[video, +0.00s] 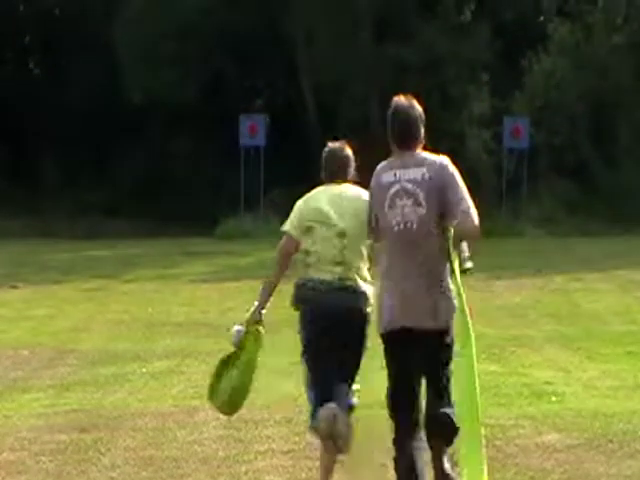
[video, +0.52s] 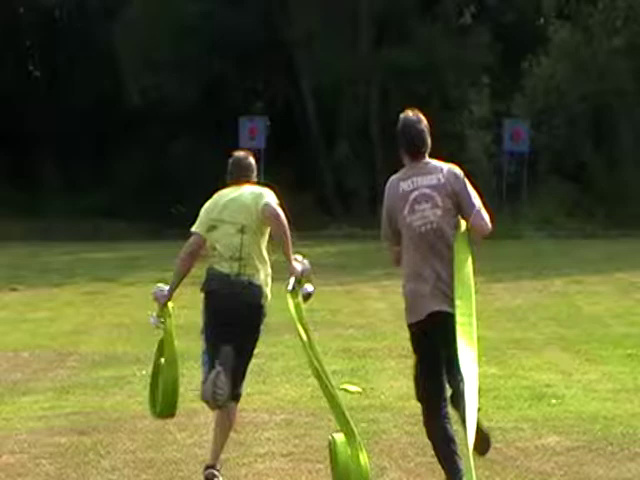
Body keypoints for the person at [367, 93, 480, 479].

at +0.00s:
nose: (411, 134)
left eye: (399, 129)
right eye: (418, 127)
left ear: (389, 134)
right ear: (423, 130)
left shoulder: (381, 174)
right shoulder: (441, 168)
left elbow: (375, 230)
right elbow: (469, 225)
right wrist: (447, 230)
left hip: (392, 298)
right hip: (434, 296)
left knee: (401, 384)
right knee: (439, 375)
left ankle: (405, 459)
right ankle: (441, 445)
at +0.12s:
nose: (439, 128)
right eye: (440, 122)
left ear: (406, 127)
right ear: (439, 127)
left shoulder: (389, 168)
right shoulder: (451, 167)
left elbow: (380, 227)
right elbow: (479, 229)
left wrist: (380, 276)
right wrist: (467, 250)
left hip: (400, 298)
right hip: (442, 297)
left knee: (412, 383)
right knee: (448, 388)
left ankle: (424, 427)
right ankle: (451, 467)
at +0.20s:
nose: (440, 137)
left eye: (423, 131)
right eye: (443, 131)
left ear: (413, 136)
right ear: (447, 136)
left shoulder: (397, 177)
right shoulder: (459, 181)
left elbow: (376, 238)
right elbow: (480, 250)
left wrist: (400, 250)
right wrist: (461, 264)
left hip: (407, 300)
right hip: (447, 299)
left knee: (418, 381)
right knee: (454, 381)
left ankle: (427, 433)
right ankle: (458, 454)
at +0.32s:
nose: (420, 129)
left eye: (412, 124)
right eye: (429, 121)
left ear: (406, 128)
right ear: (438, 127)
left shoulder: (397, 169)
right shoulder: (458, 169)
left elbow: (372, 231)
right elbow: (471, 232)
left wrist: (404, 235)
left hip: (425, 289)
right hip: (460, 285)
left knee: (432, 370)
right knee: (458, 366)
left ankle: (442, 446)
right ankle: (453, 447)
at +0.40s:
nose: (414, 139)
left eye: (407, 133)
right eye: (426, 130)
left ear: (403, 136)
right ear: (434, 133)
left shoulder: (398, 177)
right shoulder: (456, 172)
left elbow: (388, 237)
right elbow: (475, 227)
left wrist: (397, 252)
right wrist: (480, 255)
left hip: (424, 291)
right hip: (460, 284)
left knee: (434, 373)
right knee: (460, 363)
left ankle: (452, 452)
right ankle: (454, 430)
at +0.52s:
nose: (418, 145)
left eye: (406, 142)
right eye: (423, 137)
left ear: (399, 146)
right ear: (430, 141)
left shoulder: (394, 186)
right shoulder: (450, 174)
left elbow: (394, 250)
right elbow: (482, 225)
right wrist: (460, 222)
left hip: (419, 301)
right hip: (455, 296)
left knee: (430, 396)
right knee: (458, 371)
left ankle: (455, 471)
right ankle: (472, 422)